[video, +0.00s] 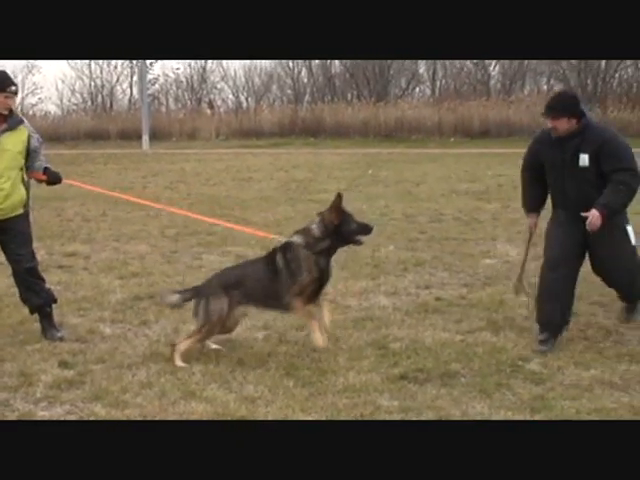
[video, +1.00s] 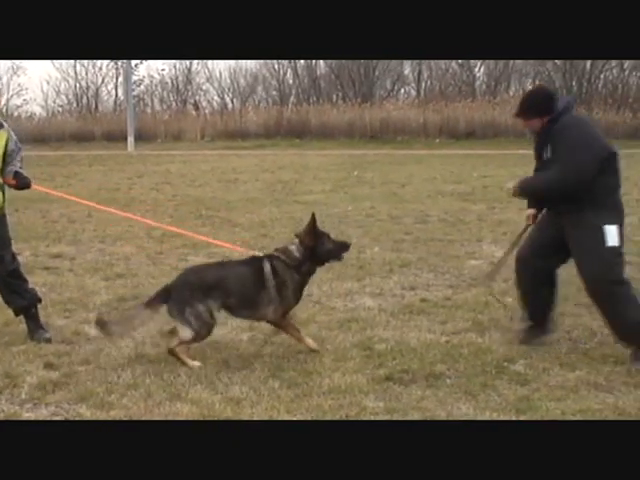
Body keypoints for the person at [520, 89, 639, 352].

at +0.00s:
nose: (550, 124)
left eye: (555, 119)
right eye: (549, 119)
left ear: (573, 119)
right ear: (549, 118)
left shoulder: (603, 140)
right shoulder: (543, 144)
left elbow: (627, 177)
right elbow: (532, 175)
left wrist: (602, 210)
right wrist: (533, 209)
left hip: (605, 218)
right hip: (565, 218)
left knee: (616, 267)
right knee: (555, 270)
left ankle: (632, 298)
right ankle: (549, 328)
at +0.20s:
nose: (569, 135)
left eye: (574, 129)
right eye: (567, 129)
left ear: (593, 129)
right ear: (565, 129)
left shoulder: (624, 148)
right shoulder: (561, 154)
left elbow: (638, 187)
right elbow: (548, 191)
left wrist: (631, 218)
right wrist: (543, 229)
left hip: (623, 229)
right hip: (586, 228)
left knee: (637, 280)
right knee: (557, 274)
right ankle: (543, 333)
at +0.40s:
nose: (599, 138)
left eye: (606, 133)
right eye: (597, 132)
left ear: (623, 132)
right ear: (592, 129)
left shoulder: (635, 151)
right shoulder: (582, 150)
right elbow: (565, 181)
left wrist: (639, 206)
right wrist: (566, 220)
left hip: (635, 233)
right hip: (603, 231)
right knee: (570, 277)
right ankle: (544, 334)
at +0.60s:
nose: (605, 142)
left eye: (611, 139)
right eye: (604, 136)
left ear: (629, 141)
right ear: (601, 132)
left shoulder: (635, 163)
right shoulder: (588, 150)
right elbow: (567, 175)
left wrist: (637, 240)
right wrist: (562, 214)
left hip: (635, 232)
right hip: (600, 223)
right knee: (569, 271)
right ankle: (544, 332)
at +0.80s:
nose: (567, 123)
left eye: (572, 118)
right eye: (566, 118)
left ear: (589, 119)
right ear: (575, 118)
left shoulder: (625, 143)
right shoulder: (564, 141)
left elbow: (636, 190)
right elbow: (550, 174)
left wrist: (619, 228)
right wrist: (544, 211)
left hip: (623, 225)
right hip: (583, 220)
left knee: (636, 282)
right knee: (556, 269)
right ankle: (567, 335)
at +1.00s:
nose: (526, 126)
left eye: (528, 121)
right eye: (525, 121)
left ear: (543, 117)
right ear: (541, 117)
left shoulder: (575, 132)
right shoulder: (549, 134)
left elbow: (570, 178)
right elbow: (546, 171)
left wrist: (527, 186)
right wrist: (536, 205)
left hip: (594, 217)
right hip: (561, 215)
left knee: (604, 281)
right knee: (530, 260)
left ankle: (636, 340)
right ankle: (538, 324)